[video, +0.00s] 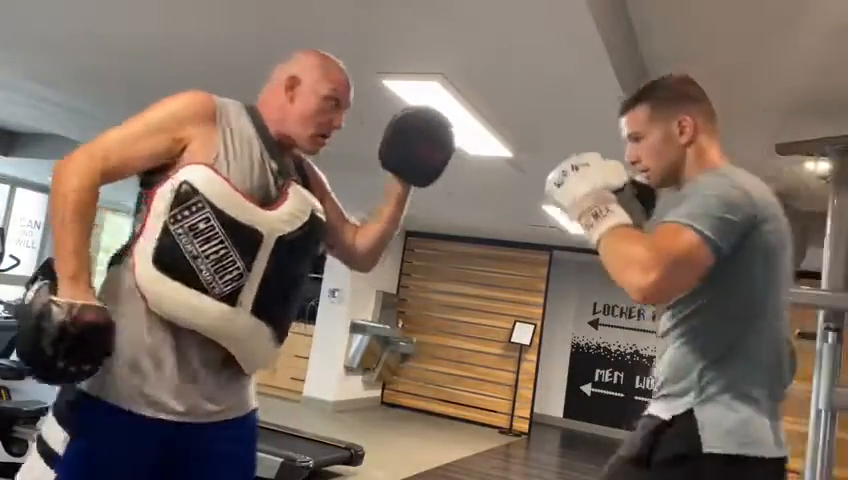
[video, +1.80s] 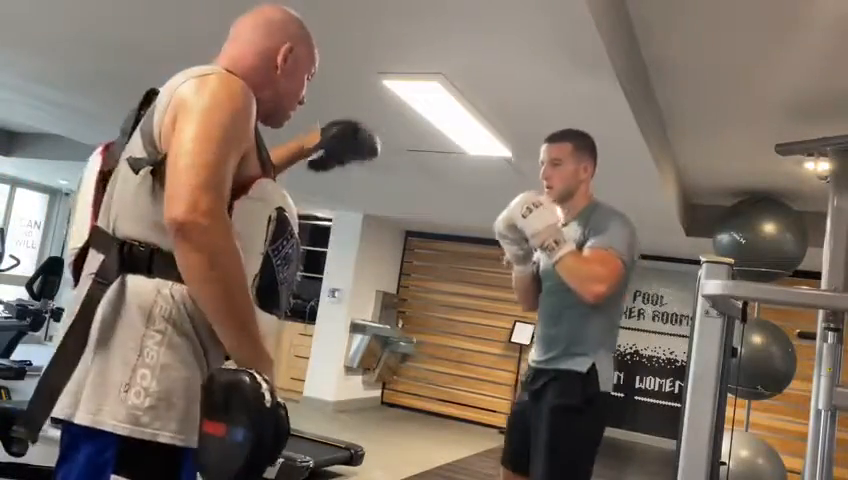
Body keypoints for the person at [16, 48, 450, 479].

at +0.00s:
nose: (340, 121)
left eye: (345, 111)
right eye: (332, 103)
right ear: (285, 89)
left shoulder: (307, 179)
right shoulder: (201, 115)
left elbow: (361, 251)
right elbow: (77, 169)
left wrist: (401, 185)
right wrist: (75, 291)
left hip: (224, 418)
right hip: (126, 404)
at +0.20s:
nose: (289, 105)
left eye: (293, 92)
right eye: (283, 82)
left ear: (240, 73)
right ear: (238, 67)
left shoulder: (248, 157)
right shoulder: (144, 106)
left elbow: (304, 233)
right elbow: (27, 185)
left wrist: (354, 161)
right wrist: (66, 313)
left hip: (194, 416)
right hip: (107, 417)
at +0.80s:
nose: (304, 128)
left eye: (308, 117)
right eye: (304, 111)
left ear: (268, 96)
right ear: (274, 93)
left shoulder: (248, 175)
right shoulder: (191, 109)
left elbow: (266, 237)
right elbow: (90, 172)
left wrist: (320, 194)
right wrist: (107, 325)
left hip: (177, 412)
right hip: (102, 408)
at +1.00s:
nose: (325, 137)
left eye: (329, 126)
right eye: (324, 121)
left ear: (295, 105)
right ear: (298, 103)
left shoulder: (275, 183)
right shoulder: (230, 111)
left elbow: (291, 241)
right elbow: (140, 161)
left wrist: (343, 198)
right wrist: (166, 299)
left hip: (196, 392)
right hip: (137, 378)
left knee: (187, 473)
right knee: (104, 474)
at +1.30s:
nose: (324, 135)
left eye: (328, 123)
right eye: (325, 118)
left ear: (294, 102)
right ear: (301, 102)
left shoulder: (270, 166)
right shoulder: (237, 114)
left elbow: (248, 230)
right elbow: (180, 182)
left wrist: (320, 227)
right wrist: (239, 308)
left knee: (199, 469)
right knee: (122, 471)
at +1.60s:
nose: (307, 98)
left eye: (311, 84)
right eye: (308, 80)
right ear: (281, 62)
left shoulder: (236, 122)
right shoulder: (213, 94)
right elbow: (173, 209)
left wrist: (291, 216)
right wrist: (247, 347)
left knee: (160, 463)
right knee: (134, 465)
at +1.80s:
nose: (304, 95)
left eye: (310, 80)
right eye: (307, 76)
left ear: (239, 47)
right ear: (283, 57)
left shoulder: (197, 91)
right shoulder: (221, 91)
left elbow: (236, 174)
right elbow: (193, 217)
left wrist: (311, 146)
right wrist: (258, 368)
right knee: (141, 467)